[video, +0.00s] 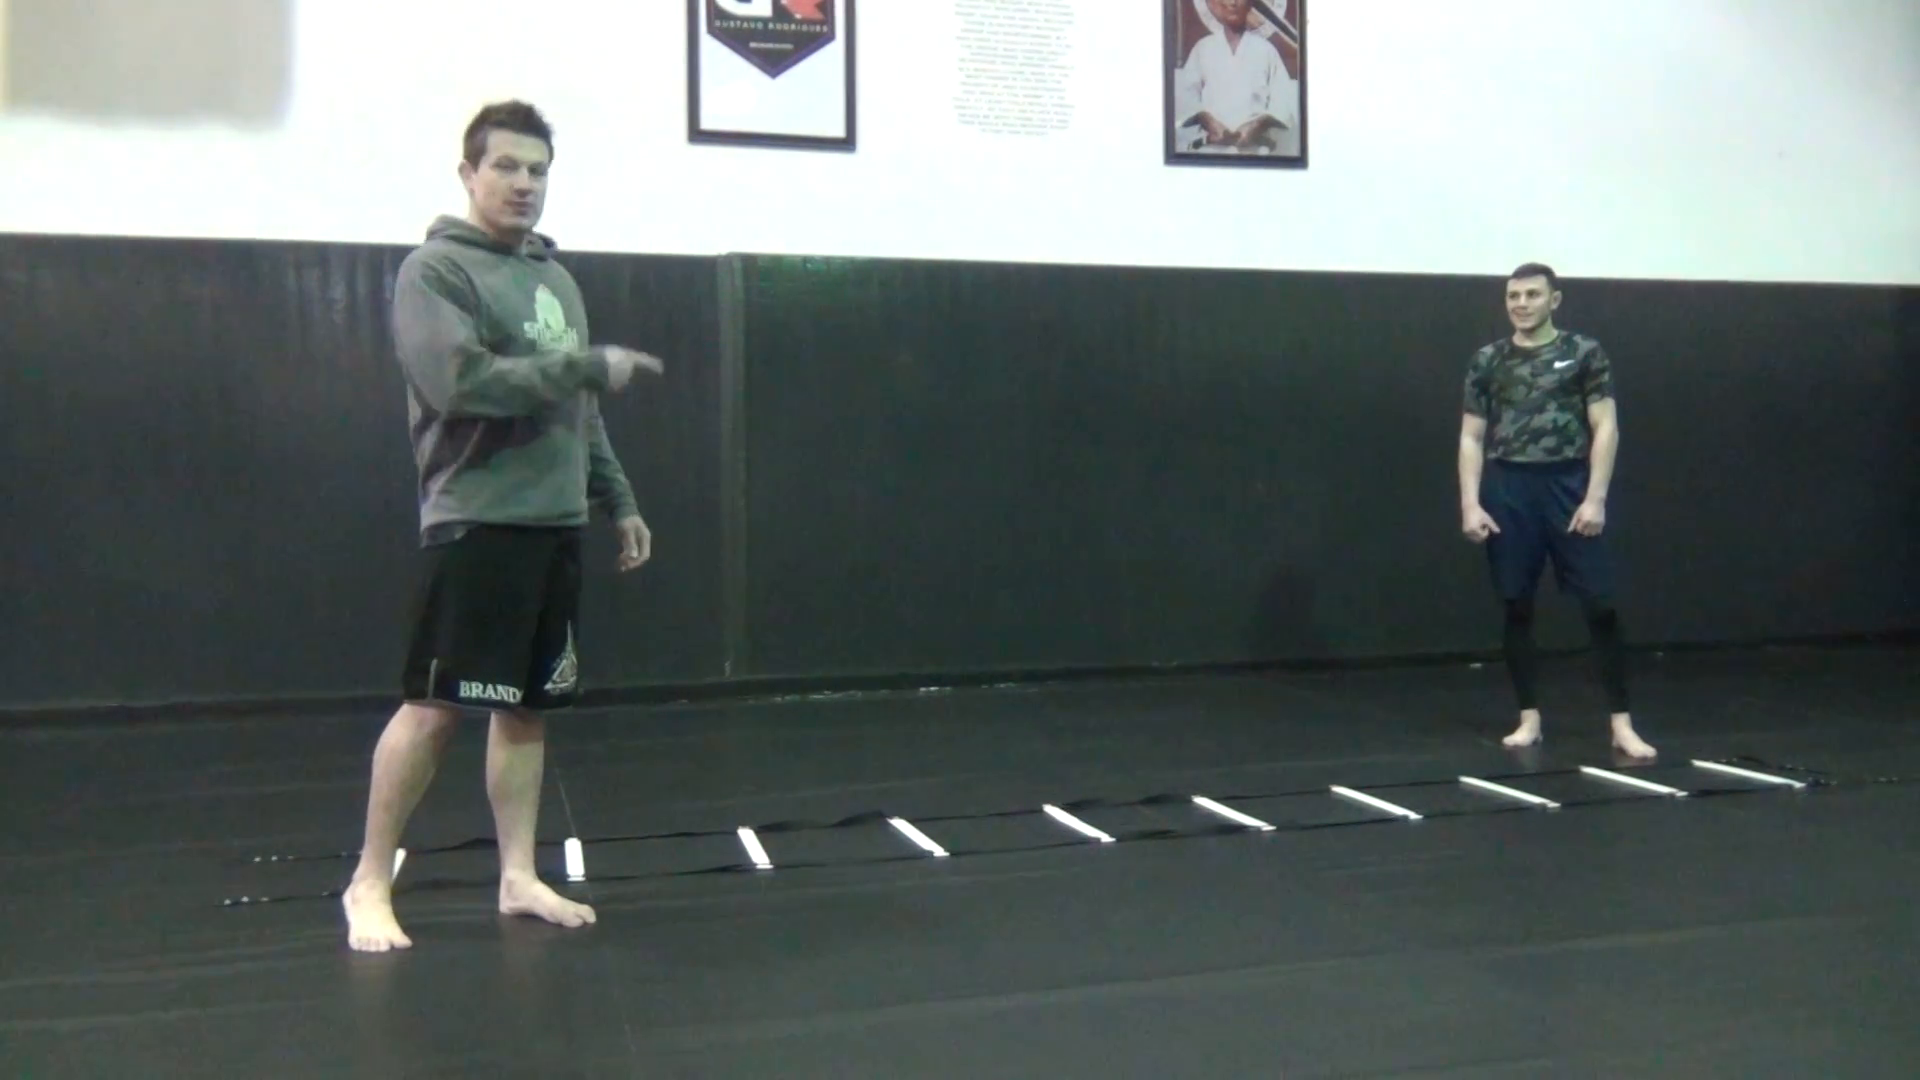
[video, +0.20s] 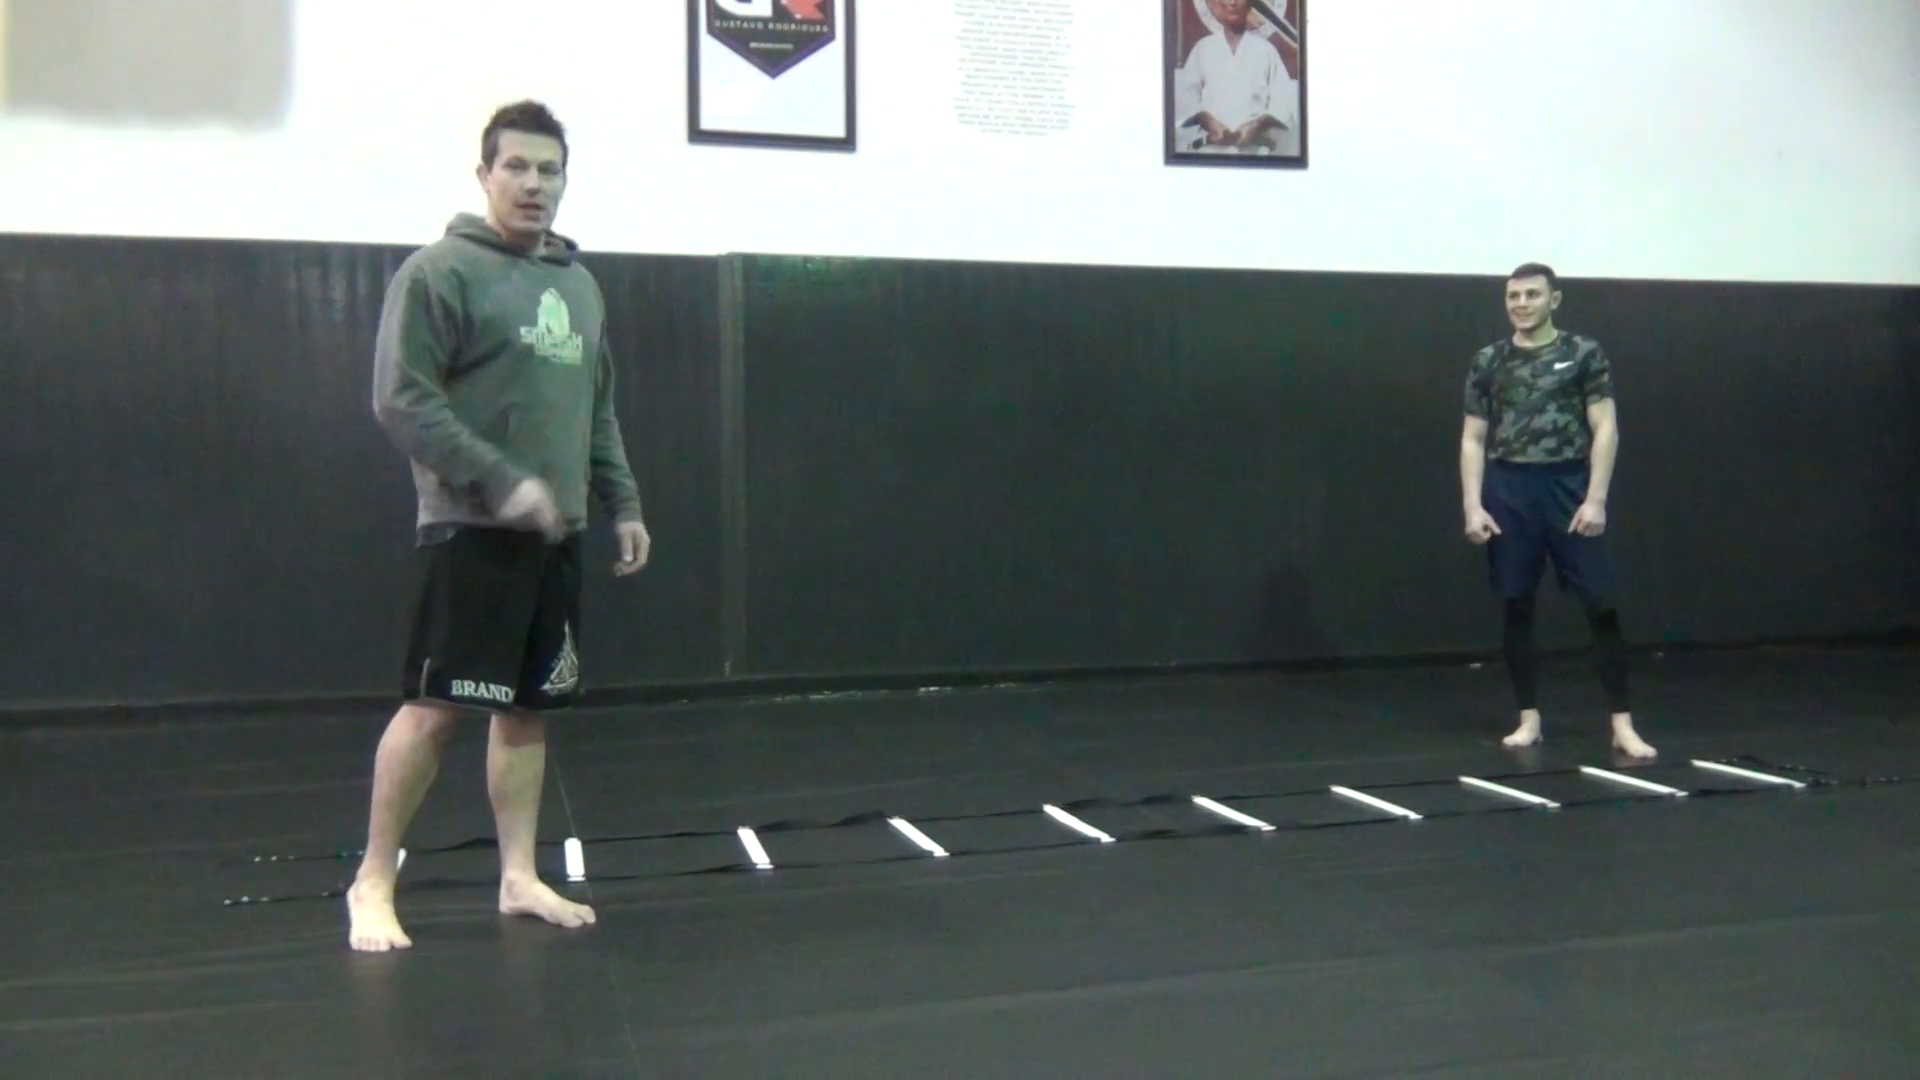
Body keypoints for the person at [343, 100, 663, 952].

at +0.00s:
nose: (523, 184)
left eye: (536, 170)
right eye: (506, 167)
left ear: (548, 182)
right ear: (468, 173)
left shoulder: (560, 282)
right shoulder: (432, 270)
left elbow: (583, 412)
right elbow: (455, 381)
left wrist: (620, 502)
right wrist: (585, 368)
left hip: (553, 523)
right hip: (473, 520)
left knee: (525, 709)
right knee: (432, 707)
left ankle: (519, 880)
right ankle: (370, 886)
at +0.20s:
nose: (533, 184)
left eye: (549, 170)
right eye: (517, 167)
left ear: (564, 182)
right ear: (483, 174)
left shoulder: (578, 284)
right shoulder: (437, 273)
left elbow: (600, 410)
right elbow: (402, 400)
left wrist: (621, 503)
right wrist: (498, 479)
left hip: (554, 536)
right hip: (468, 531)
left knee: (527, 710)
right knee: (434, 708)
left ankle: (520, 881)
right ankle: (374, 886)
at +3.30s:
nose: (311, 253)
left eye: (313, 238)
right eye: (300, 237)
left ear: (245, 237)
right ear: (246, 233)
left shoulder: (200, 298)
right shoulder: (218, 313)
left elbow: (214, 426)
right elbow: (228, 434)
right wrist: (330, 489)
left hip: (190, 524)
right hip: (205, 528)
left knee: (216, 672)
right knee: (209, 685)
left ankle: (227, 795)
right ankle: (166, 858)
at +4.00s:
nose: (396, 260)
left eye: (396, 247)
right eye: (384, 246)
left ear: (342, 249)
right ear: (337, 245)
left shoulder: (331, 312)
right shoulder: (312, 315)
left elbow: (339, 428)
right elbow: (303, 421)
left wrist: (389, 504)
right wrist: (385, 474)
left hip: (294, 513)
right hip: (324, 512)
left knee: (289, 655)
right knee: (398, 634)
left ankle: (282, 795)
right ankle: (367, 785)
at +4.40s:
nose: (473, 265)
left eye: (473, 252)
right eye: (460, 253)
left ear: (419, 257)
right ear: (414, 256)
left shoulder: (420, 320)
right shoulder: (396, 328)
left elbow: (428, 430)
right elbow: (412, 437)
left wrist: (458, 503)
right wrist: (506, 467)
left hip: (395, 516)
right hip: (408, 520)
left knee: (363, 652)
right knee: (443, 657)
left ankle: (299, 774)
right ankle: (472, 791)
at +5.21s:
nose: (631, 281)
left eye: (633, 270)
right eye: (619, 269)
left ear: (598, 273)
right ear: (578, 270)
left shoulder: (612, 337)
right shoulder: (541, 337)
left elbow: (628, 435)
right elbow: (559, 424)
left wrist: (658, 500)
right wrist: (632, 378)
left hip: (618, 515)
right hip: (567, 518)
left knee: (633, 638)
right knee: (538, 644)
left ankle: (662, 758)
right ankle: (479, 776)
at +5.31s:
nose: (659, 280)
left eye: (660, 268)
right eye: (649, 269)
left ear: (628, 271)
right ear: (607, 268)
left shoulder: (640, 331)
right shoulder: (567, 333)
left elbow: (657, 426)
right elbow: (580, 421)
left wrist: (687, 496)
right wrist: (662, 394)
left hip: (644, 510)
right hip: (597, 513)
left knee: (647, 635)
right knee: (578, 636)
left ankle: (664, 758)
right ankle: (494, 758)